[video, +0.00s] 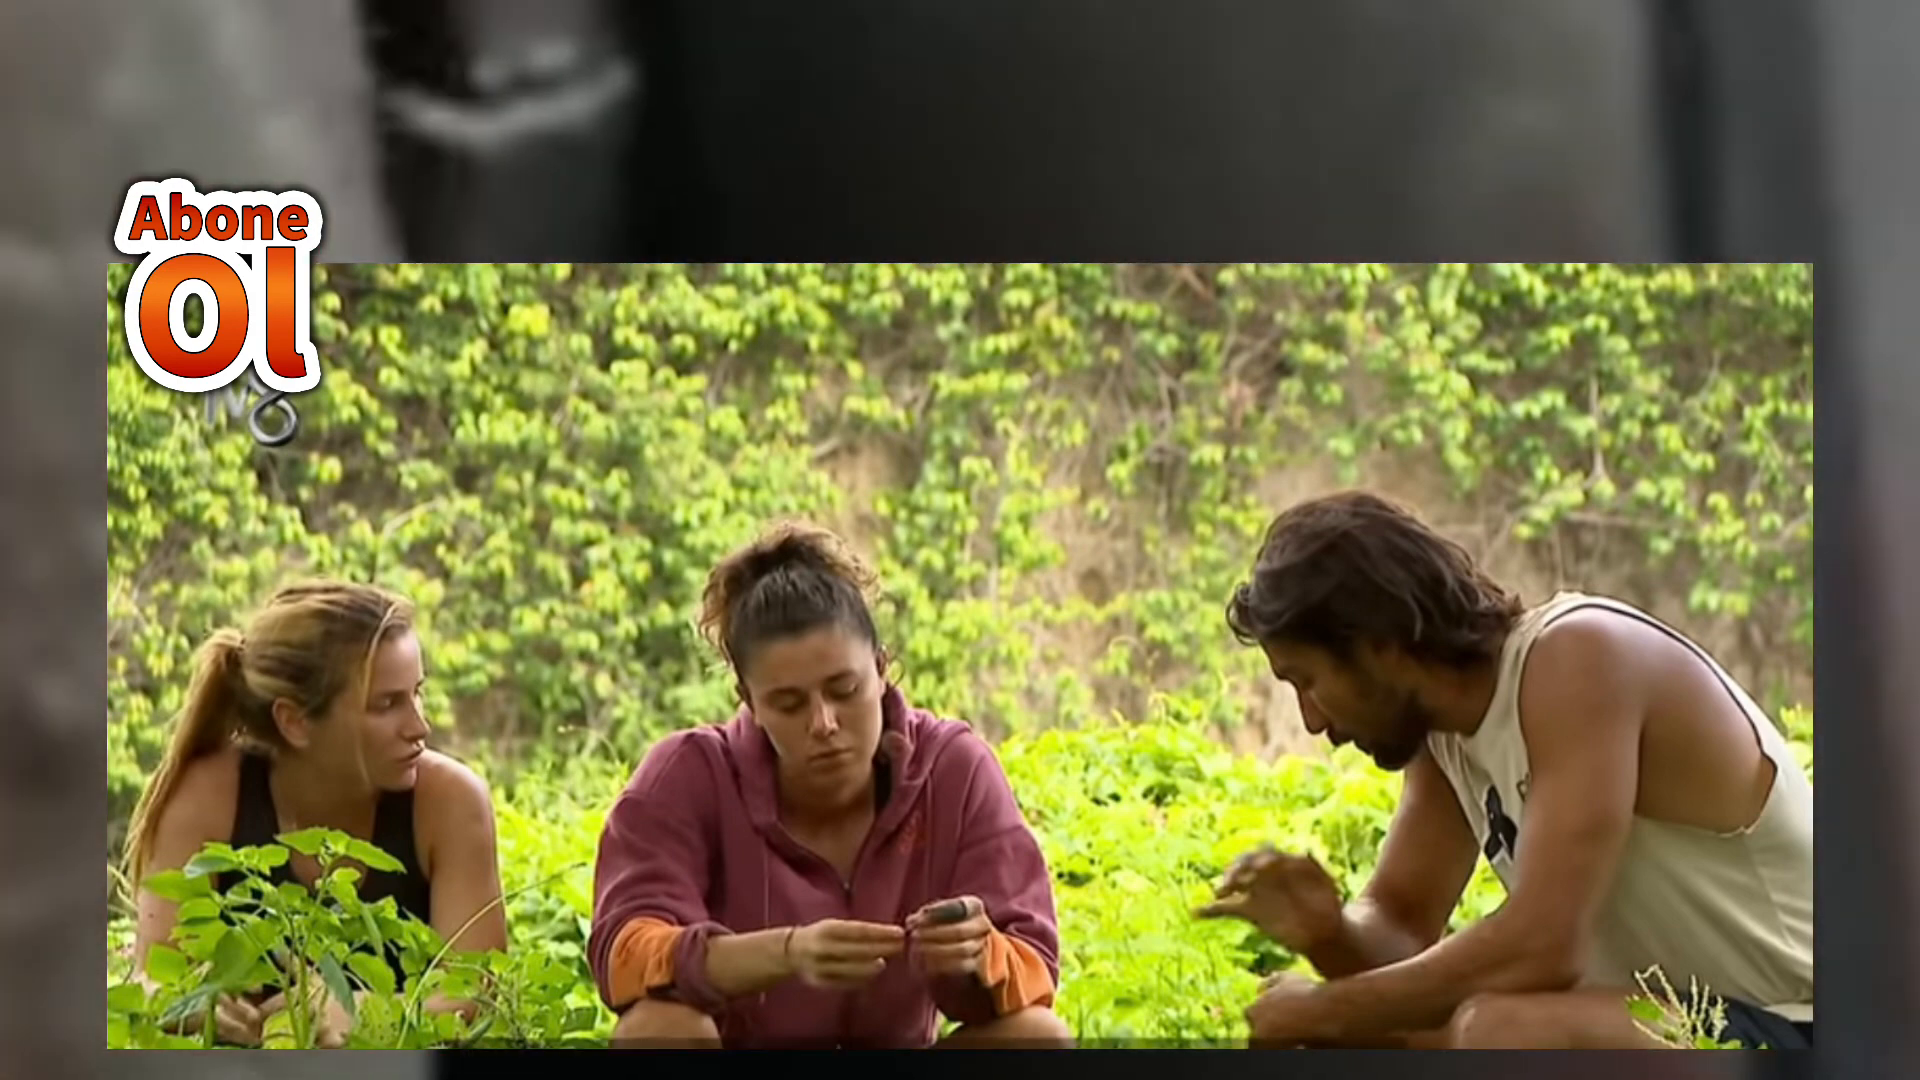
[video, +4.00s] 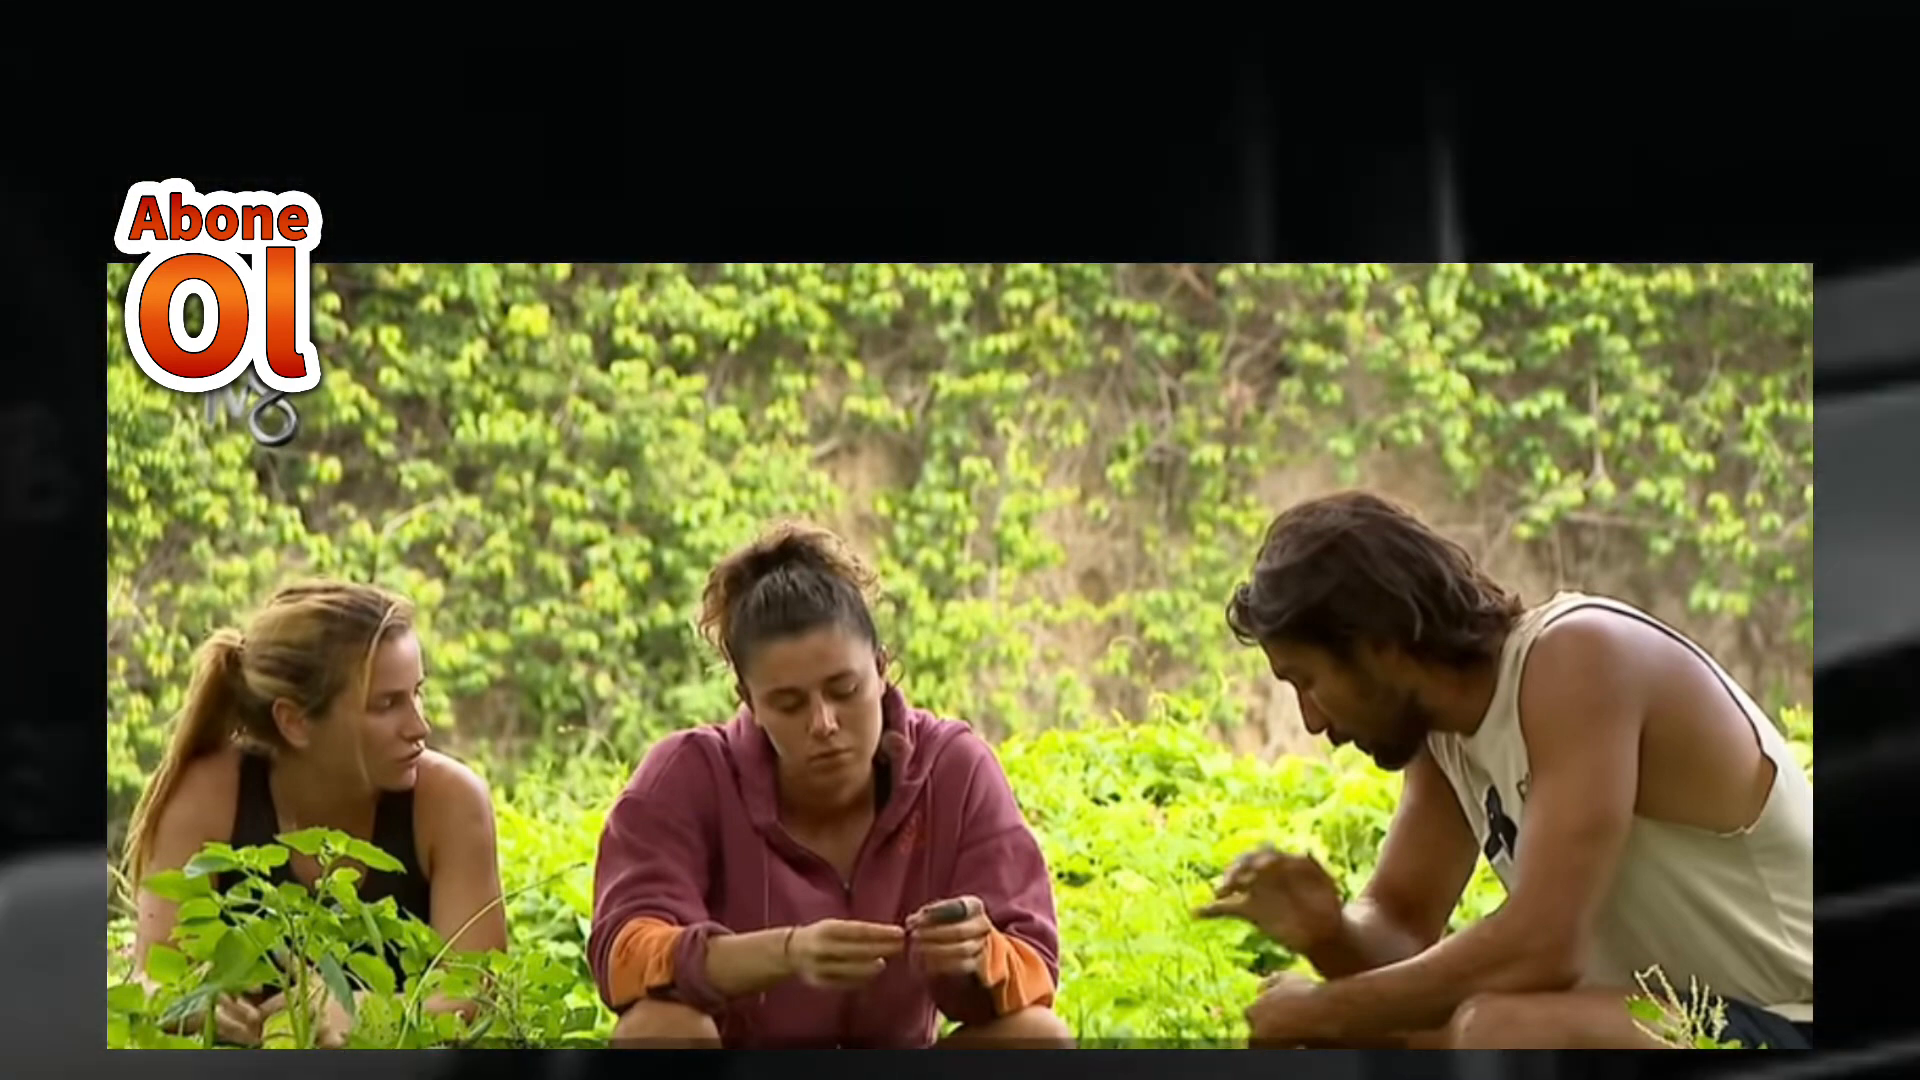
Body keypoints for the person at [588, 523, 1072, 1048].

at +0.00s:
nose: (824, 725)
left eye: (844, 690)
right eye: (789, 703)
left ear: (881, 670)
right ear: (747, 699)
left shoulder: (955, 766)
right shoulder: (687, 773)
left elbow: (1031, 969)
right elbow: (629, 957)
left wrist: (977, 954)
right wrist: (787, 951)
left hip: (899, 1043)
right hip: (739, 1045)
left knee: (1037, 1034)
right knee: (658, 1025)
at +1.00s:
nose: (824, 725)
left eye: (844, 690)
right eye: (789, 703)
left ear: (880, 670)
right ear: (747, 698)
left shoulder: (955, 766)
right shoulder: (687, 774)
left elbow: (1030, 969)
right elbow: (629, 957)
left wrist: (977, 954)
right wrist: (786, 952)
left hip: (898, 1059)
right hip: (739, 1060)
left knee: (1037, 1036)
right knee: (658, 1026)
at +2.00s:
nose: (824, 725)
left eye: (844, 690)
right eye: (789, 703)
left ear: (880, 670)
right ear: (747, 698)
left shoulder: (955, 766)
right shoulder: (687, 774)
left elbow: (1031, 970)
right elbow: (629, 957)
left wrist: (978, 953)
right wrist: (787, 951)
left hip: (898, 1062)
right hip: (738, 1063)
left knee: (1038, 1037)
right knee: (659, 1027)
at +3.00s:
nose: (824, 725)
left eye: (844, 690)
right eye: (789, 703)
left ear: (881, 670)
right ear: (747, 699)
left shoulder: (955, 766)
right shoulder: (687, 773)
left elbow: (1031, 968)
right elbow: (629, 957)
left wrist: (978, 953)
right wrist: (787, 951)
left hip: (896, 1059)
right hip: (739, 1060)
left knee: (1037, 1036)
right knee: (657, 1026)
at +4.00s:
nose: (824, 725)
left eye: (844, 690)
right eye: (789, 703)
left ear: (881, 670)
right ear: (747, 699)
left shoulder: (955, 766)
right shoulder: (687, 773)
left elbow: (1031, 968)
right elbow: (629, 957)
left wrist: (978, 954)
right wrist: (787, 951)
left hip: (898, 1050)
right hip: (740, 1051)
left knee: (1037, 1035)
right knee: (659, 1026)